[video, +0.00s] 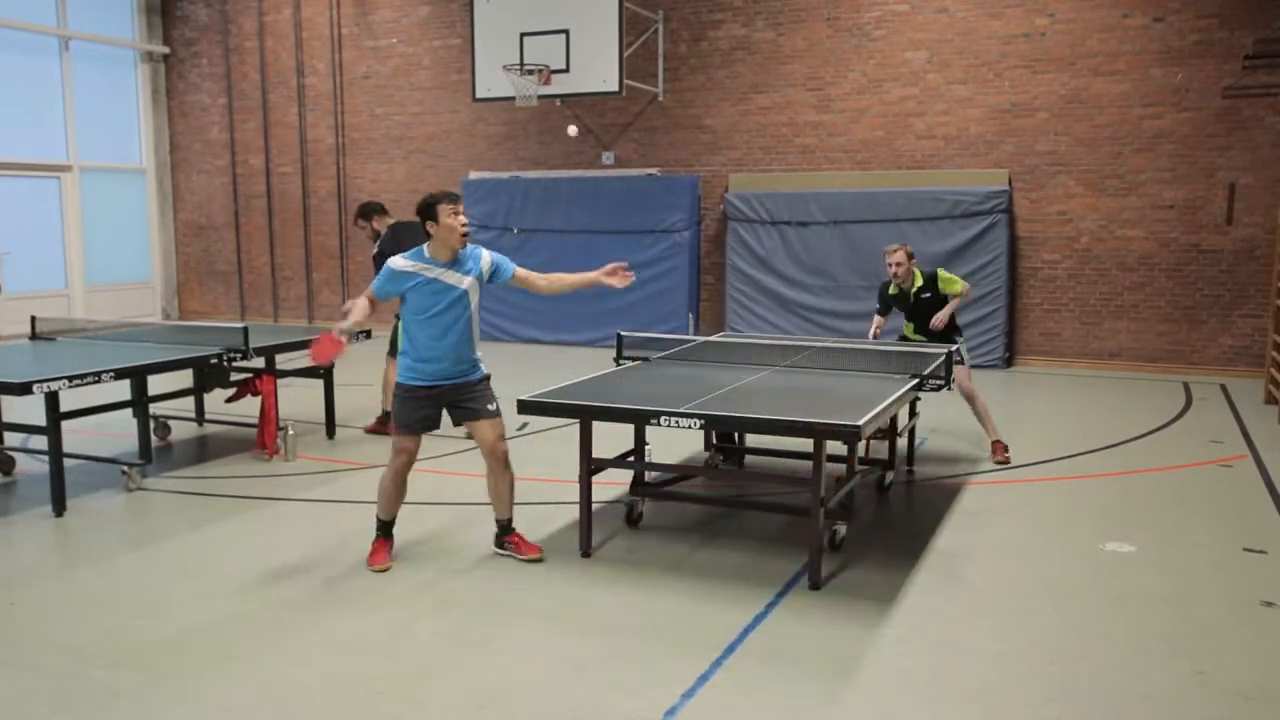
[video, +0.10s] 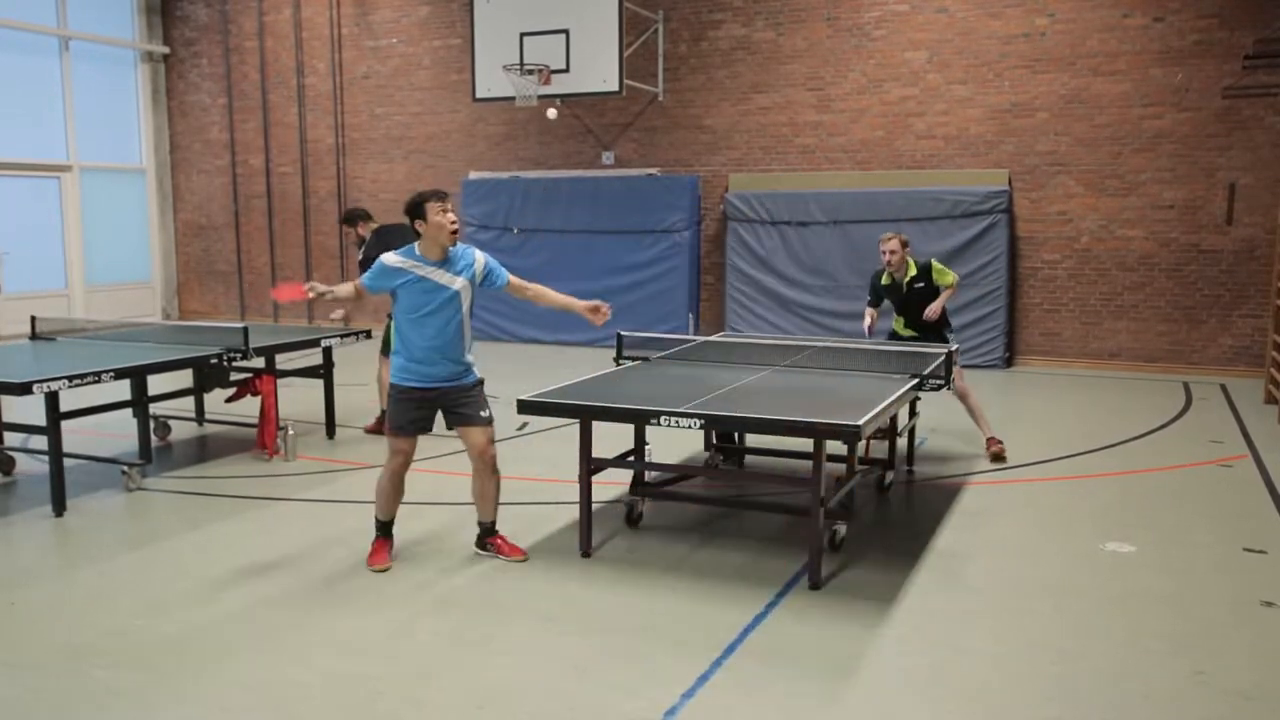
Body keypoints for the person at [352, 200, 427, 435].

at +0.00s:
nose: (366, 234)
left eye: (364, 227)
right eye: (362, 229)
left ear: (375, 220)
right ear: (385, 216)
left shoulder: (382, 249)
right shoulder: (421, 227)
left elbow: (380, 288)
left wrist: (358, 303)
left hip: (410, 312)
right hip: (444, 307)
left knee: (394, 362)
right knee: (452, 360)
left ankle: (388, 414)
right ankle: (472, 414)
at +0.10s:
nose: (352, 237)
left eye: (351, 232)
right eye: (350, 233)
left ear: (361, 226)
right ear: (372, 220)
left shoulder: (370, 250)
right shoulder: (407, 230)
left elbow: (362, 287)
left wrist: (346, 311)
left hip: (403, 310)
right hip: (433, 307)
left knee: (386, 361)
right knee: (424, 361)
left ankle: (386, 413)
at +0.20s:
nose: (341, 245)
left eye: (339, 239)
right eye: (338, 240)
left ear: (350, 231)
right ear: (358, 226)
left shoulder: (364, 245)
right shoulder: (398, 232)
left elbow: (357, 292)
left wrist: (338, 317)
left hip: (398, 310)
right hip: (425, 305)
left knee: (382, 358)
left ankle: (385, 416)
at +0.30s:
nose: (331, 247)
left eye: (331, 240)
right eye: (328, 242)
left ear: (343, 233)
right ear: (350, 230)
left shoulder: (359, 245)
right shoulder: (387, 235)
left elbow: (351, 301)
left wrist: (334, 321)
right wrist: (377, 301)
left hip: (395, 310)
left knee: (380, 358)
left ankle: (383, 419)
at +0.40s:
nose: (326, 248)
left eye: (326, 242)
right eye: (324, 244)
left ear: (338, 234)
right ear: (344, 232)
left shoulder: (355, 245)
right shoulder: (375, 237)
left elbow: (349, 299)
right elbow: (385, 278)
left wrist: (331, 322)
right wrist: (357, 303)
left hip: (394, 309)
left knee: (379, 359)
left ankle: (383, 418)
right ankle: (390, 418)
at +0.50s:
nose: (324, 248)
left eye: (323, 242)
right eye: (321, 244)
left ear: (336, 235)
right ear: (339, 234)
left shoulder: (349, 252)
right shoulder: (366, 236)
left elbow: (348, 296)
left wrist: (330, 316)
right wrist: (334, 309)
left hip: (393, 303)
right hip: (410, 294)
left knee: (378, 358)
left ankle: (384, 416)